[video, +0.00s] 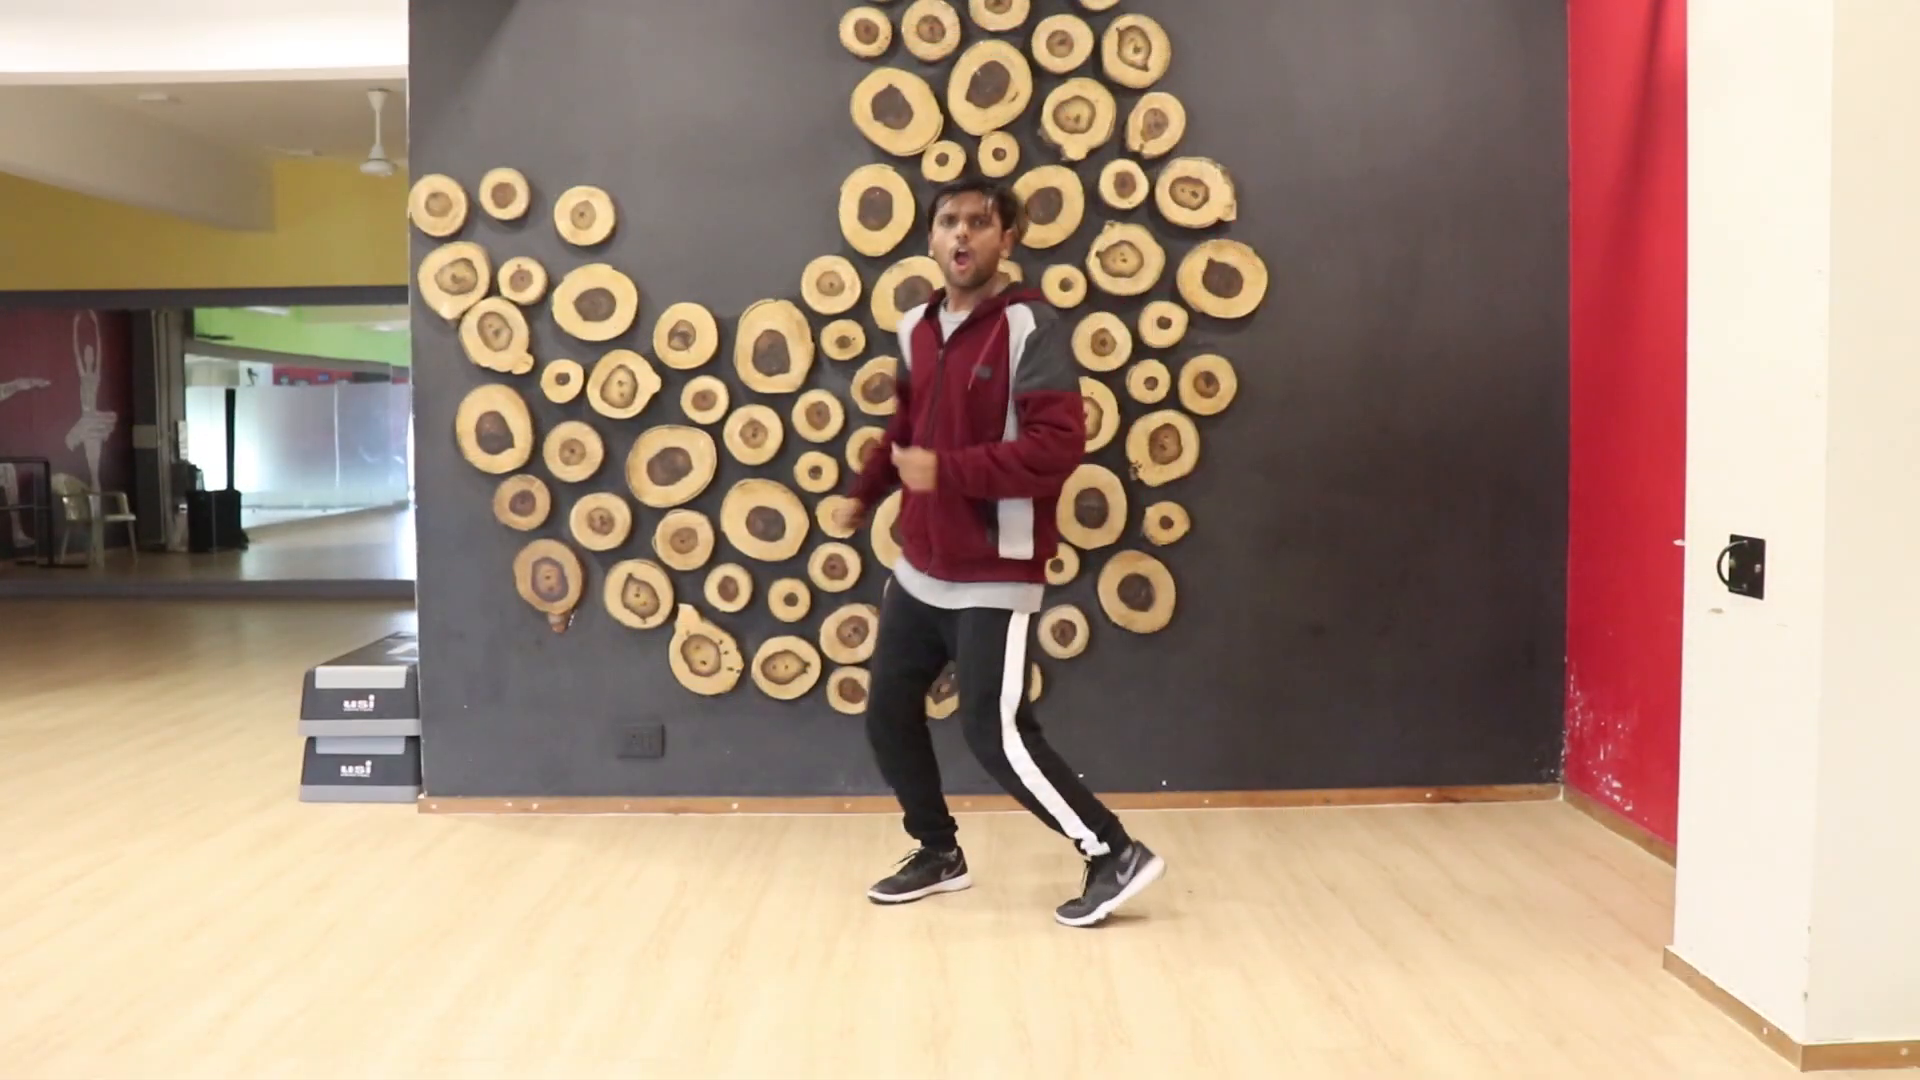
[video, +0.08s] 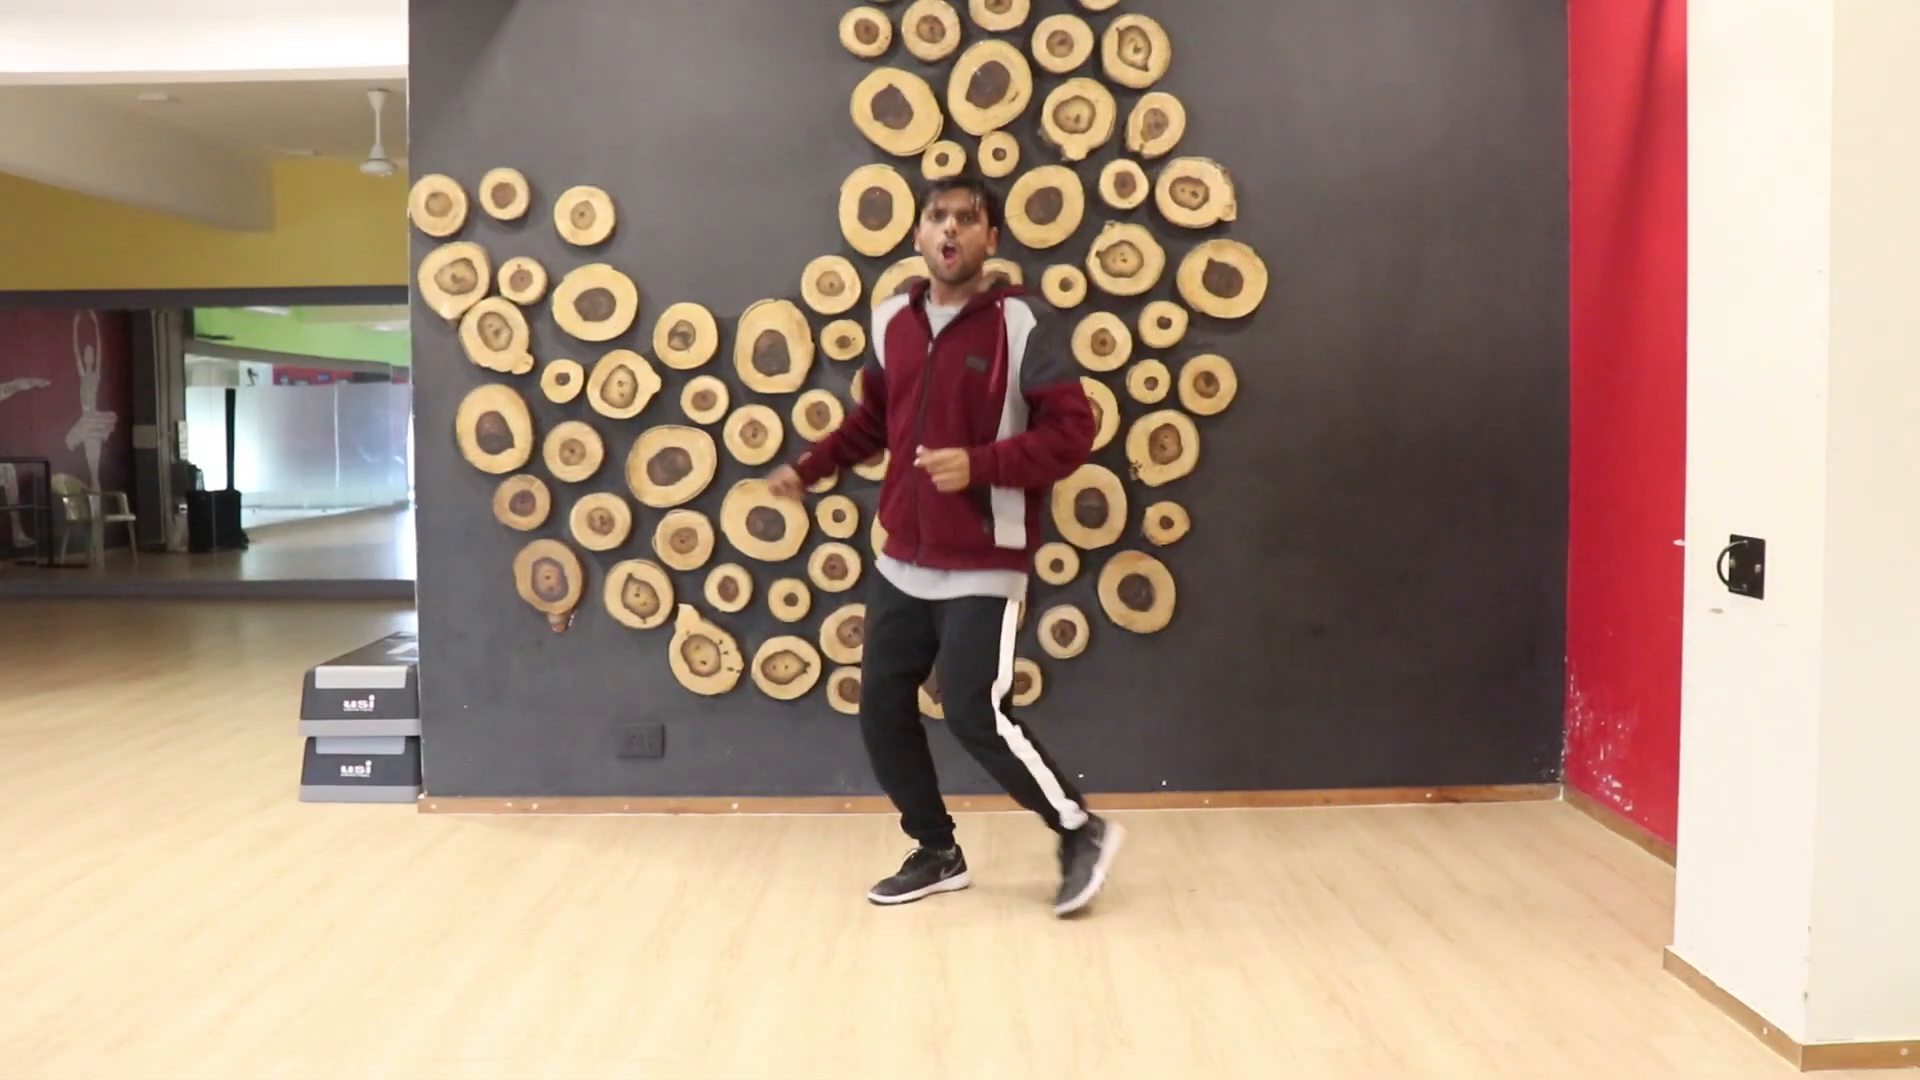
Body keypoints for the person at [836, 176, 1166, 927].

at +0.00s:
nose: (961, 236)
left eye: (977, 224)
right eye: (949, 224)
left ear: (1007, 240)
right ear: (931, 240)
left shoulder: (1032, 329)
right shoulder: (920, 331)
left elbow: (1057, 446)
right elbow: (907, 422)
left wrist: (945, 470)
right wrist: (861, 493)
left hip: (1000, 573)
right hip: (924, 564)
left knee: (996, 730)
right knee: (889, 714)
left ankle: (1113, 854)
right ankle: (937, 850)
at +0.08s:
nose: (949, 231)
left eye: (965, 219)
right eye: (937, 218)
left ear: (991, 237)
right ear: (919, 235)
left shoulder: (1021, 324)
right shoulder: (895, 318)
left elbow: (1074, 427)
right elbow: (875, 420)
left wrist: (980, 464)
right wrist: (808, 467)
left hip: (986, 565)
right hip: (905, 559)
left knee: (971, 710)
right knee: (881, 706)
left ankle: (1079, 831)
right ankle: (936, 850)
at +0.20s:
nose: (937, 204)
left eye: (953, 193)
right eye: (925, 192)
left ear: (980, 208)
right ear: (906, 207)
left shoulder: (1016, 292)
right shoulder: (876, 291)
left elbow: (1068, 396)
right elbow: (831, 385)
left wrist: (977, 408)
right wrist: (746, 411)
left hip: (976, 537)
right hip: (885, 530)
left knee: (967, 691)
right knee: (877, 688)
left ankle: (987, 821)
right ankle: (914, 833)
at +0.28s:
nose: (934, 211)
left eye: (949, 199)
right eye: (920, 200)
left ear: (974, 214)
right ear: (900, 214)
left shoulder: (1008, 294)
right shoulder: (865, 295)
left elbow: (1049, 397)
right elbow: (810, 389)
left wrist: (963, 385)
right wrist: (723, 385)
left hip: (970, 539)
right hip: (878, 534)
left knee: (960, 699)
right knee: (864, 691)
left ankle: (955, 839)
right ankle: (889, 833)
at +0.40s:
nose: (927, 254)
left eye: (942, 243)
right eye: (914, 243)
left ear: (967, 264)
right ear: (893, 262)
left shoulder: (995, 342)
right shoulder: (854, 337)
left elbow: (1018, 431)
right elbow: (796, 430)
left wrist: (951, 426)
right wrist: (800, 382)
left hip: (954, 576)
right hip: (862, 569)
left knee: (952, 722)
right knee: (846, 724)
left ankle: (949, 844)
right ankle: (881, 844)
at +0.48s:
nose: (934, 264)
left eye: (949, 254)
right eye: (920, 253)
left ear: (970, 274)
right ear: (898, 271)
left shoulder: (992, 359)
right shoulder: (851, 341)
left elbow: (1005, 451)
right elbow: (771, 405)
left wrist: (956, 474)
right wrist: (837, 403)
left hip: (947, 585)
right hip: (853, 577)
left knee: (951, 730)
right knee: (840, 732)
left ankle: (949, 846)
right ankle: (881, 845)